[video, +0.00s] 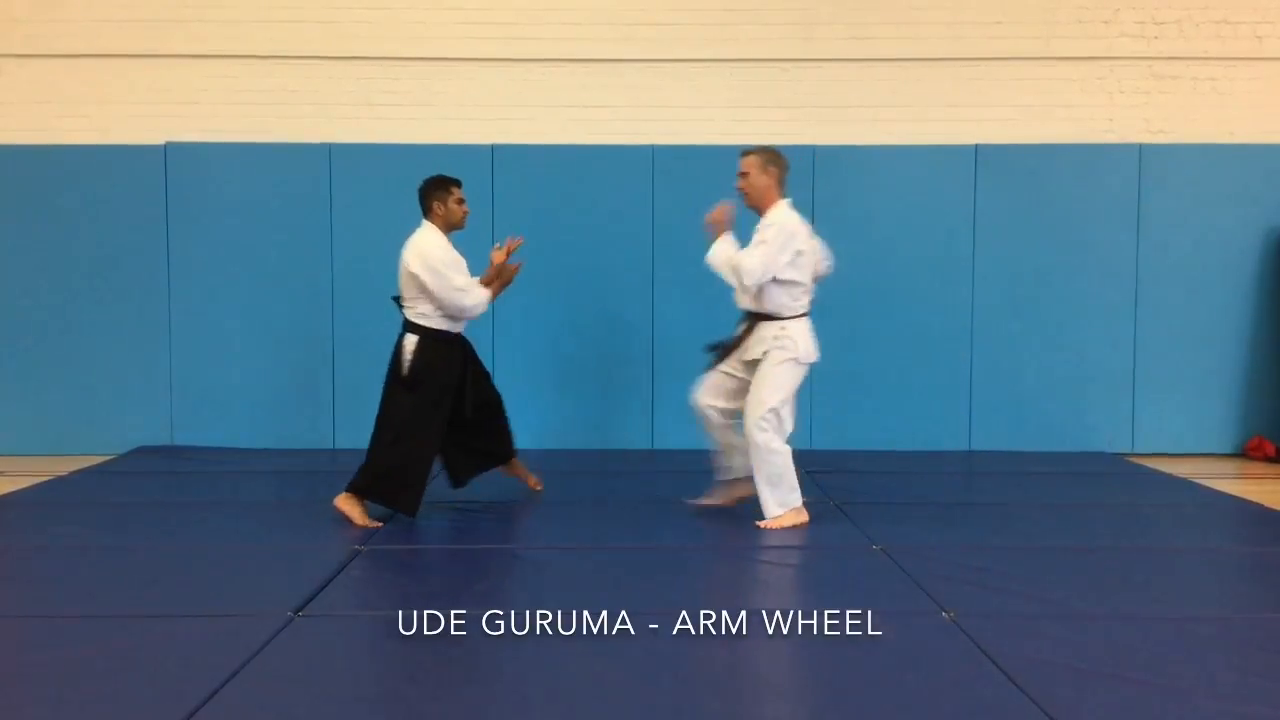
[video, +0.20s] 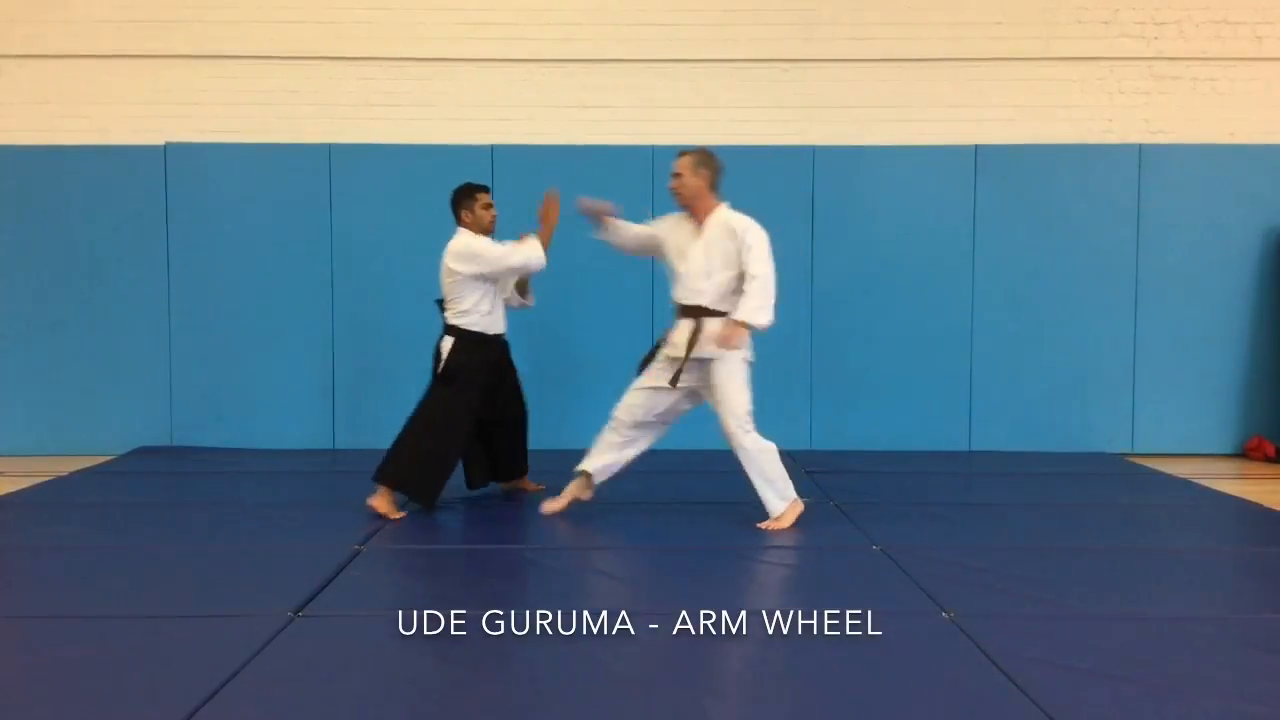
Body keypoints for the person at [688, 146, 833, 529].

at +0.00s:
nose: (739, 184)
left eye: (746, 176)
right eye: (739, 176)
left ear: (770, 177)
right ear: (765, 179)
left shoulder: (783, 224)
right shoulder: (781, 221)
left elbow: (749, 272)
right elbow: (820, 262)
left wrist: (722, 238)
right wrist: (774, 279)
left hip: (787, 338)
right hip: (760, 336)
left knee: (762, 417)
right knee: (709, 398)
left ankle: (790, 508)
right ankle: (740, 477)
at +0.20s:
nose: (673, 184)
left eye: (679, 176)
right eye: (672, 177)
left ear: (705, 180)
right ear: (691, 182)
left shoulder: (743, 230)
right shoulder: (673, 227)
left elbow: (760, 282)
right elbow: (635, 237)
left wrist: (741, 322)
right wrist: (606, 222)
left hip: (725, 334)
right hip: (684, 334)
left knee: (737, 425)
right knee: (634, 409)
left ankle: (787, 502)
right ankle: (584, 482)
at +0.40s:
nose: (597, 184)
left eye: (605, 177)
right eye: (598, 178)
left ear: (630, 180)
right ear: (615, 182)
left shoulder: (672, 223)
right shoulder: (596, 226)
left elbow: (706, 271)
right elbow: (546, 220)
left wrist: (736, 322)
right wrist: (500, 198)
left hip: (667, 332)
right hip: (625, 335)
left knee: (690, 414)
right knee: (589, 416)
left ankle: (744, 494)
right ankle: (575, 498)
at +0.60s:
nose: (567, 180)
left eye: (573, 172)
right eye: (566, 172)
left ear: (599, 172)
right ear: (586, 174)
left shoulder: (649, 211)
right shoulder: (566, 222)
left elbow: (679, 262)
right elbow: (520, 252)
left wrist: (680, 312)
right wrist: (474, 274)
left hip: (652, 322)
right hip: (611, 326)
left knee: (674, 408)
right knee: (588, 410)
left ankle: (721, 490)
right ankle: (579, 496)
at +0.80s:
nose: (548, 191)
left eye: (553, 182)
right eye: (547, 183)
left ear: (579, 179)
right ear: (569, 181)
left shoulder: (632, 213)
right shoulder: (555, 231)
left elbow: (673, 256)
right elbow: (519, 269)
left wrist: (672, 306)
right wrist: (475, 299)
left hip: (649, 323)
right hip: (605, 330)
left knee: (680, 412)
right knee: (585, 414)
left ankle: (722, 496)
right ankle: (578, 497)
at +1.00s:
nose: (561, 185)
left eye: (566, 176)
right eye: (560, 177)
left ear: (591, 173)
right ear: (582, 175)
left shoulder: (641, 209)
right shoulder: (567, 214)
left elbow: (673, 260)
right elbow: (523, 192)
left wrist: (645, 299)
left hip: (651, 321)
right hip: (606, 324)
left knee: (680, 411)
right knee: (588, 412)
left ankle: (720, 498)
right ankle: (580, 496)